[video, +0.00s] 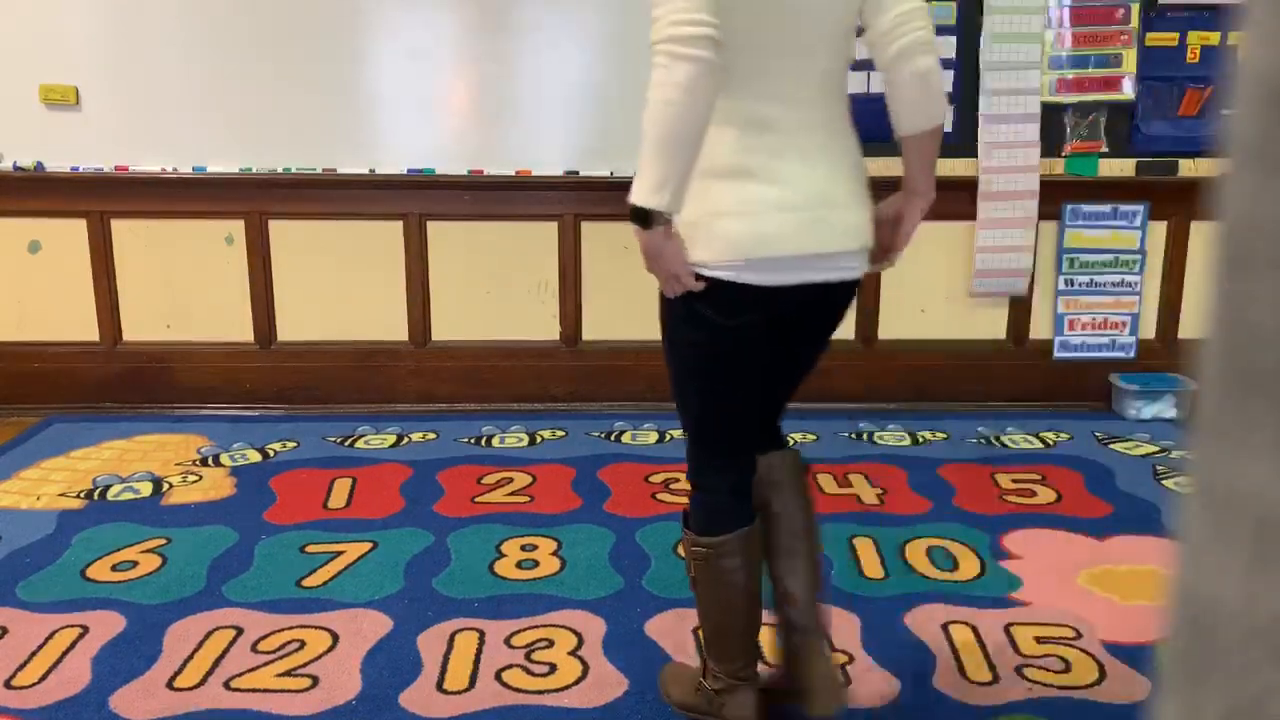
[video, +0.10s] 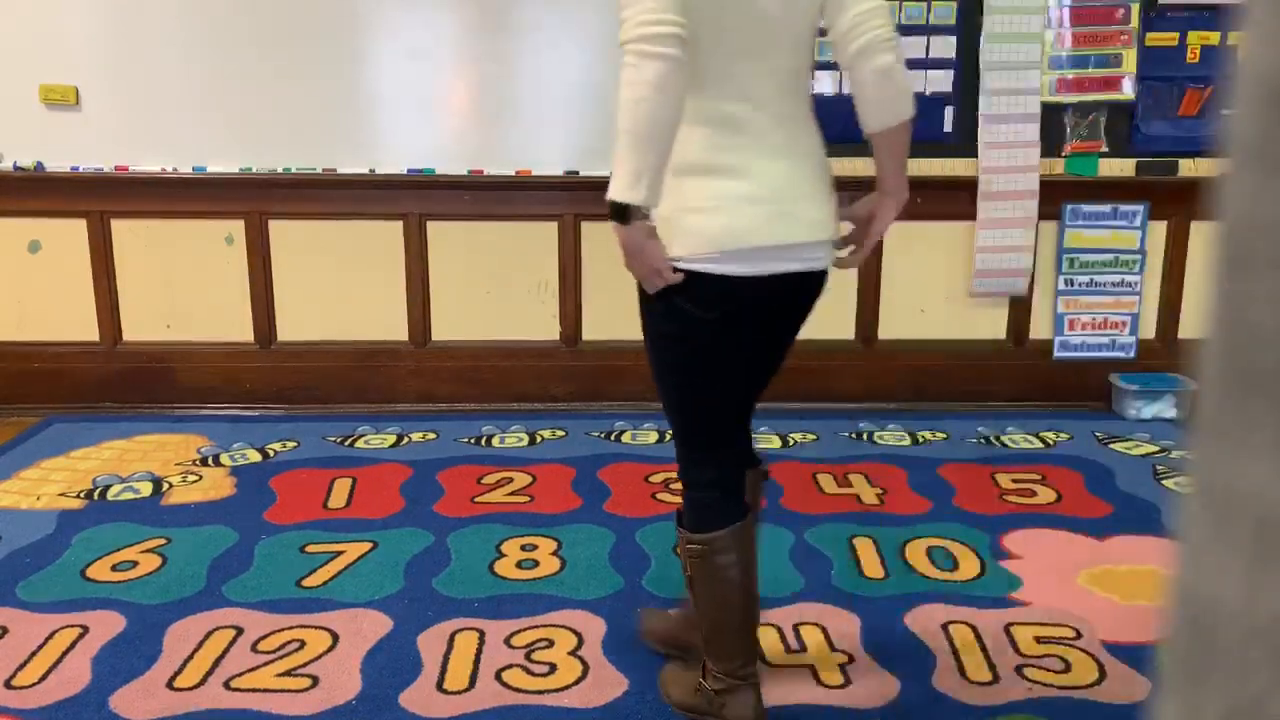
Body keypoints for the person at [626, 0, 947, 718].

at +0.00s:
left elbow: (690, 55)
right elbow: (909, 43)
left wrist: (651, 212)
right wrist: (919, 187)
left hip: (726, 237)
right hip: (835, 236)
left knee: (718, 464)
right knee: (759, 427)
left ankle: (729, 679)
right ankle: (808, 650)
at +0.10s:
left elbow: (657, 54)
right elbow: (872, 46)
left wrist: (629, 210)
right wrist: (893, 184)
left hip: (701, 239)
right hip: (801, 239)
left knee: (708, 459)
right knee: (723, 431)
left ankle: (731, 677)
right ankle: (714, 618)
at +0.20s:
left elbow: (629, 55)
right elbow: (836, 46)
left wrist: (601, 207)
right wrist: (862, 185)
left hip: (668, 240)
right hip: (767, 238)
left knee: (694, 460)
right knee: (693, 440)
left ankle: (731, 681)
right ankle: (646, 604)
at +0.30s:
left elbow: (599, 54)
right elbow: (803, 49)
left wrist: (569, 204)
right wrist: (827, 186)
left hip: (638, 232)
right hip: (735, 231)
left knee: (662, 451)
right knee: (669, 433)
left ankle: (726, 675)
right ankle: (636, 606)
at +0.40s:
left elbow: (573, 49)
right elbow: (774, 50)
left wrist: (544, 191)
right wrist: (794, 185)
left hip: (606, 221)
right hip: (705, 222)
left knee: (599, 431)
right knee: (665, 420)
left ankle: (681, 626)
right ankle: (636, 605)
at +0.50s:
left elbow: (547, 46)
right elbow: (748, 45)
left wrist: (523, 185)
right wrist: (768, 180)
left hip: (579, 215)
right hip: (680, 217)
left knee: (562, 402)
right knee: (656, 408)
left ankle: (613, 596)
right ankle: (642, 611)